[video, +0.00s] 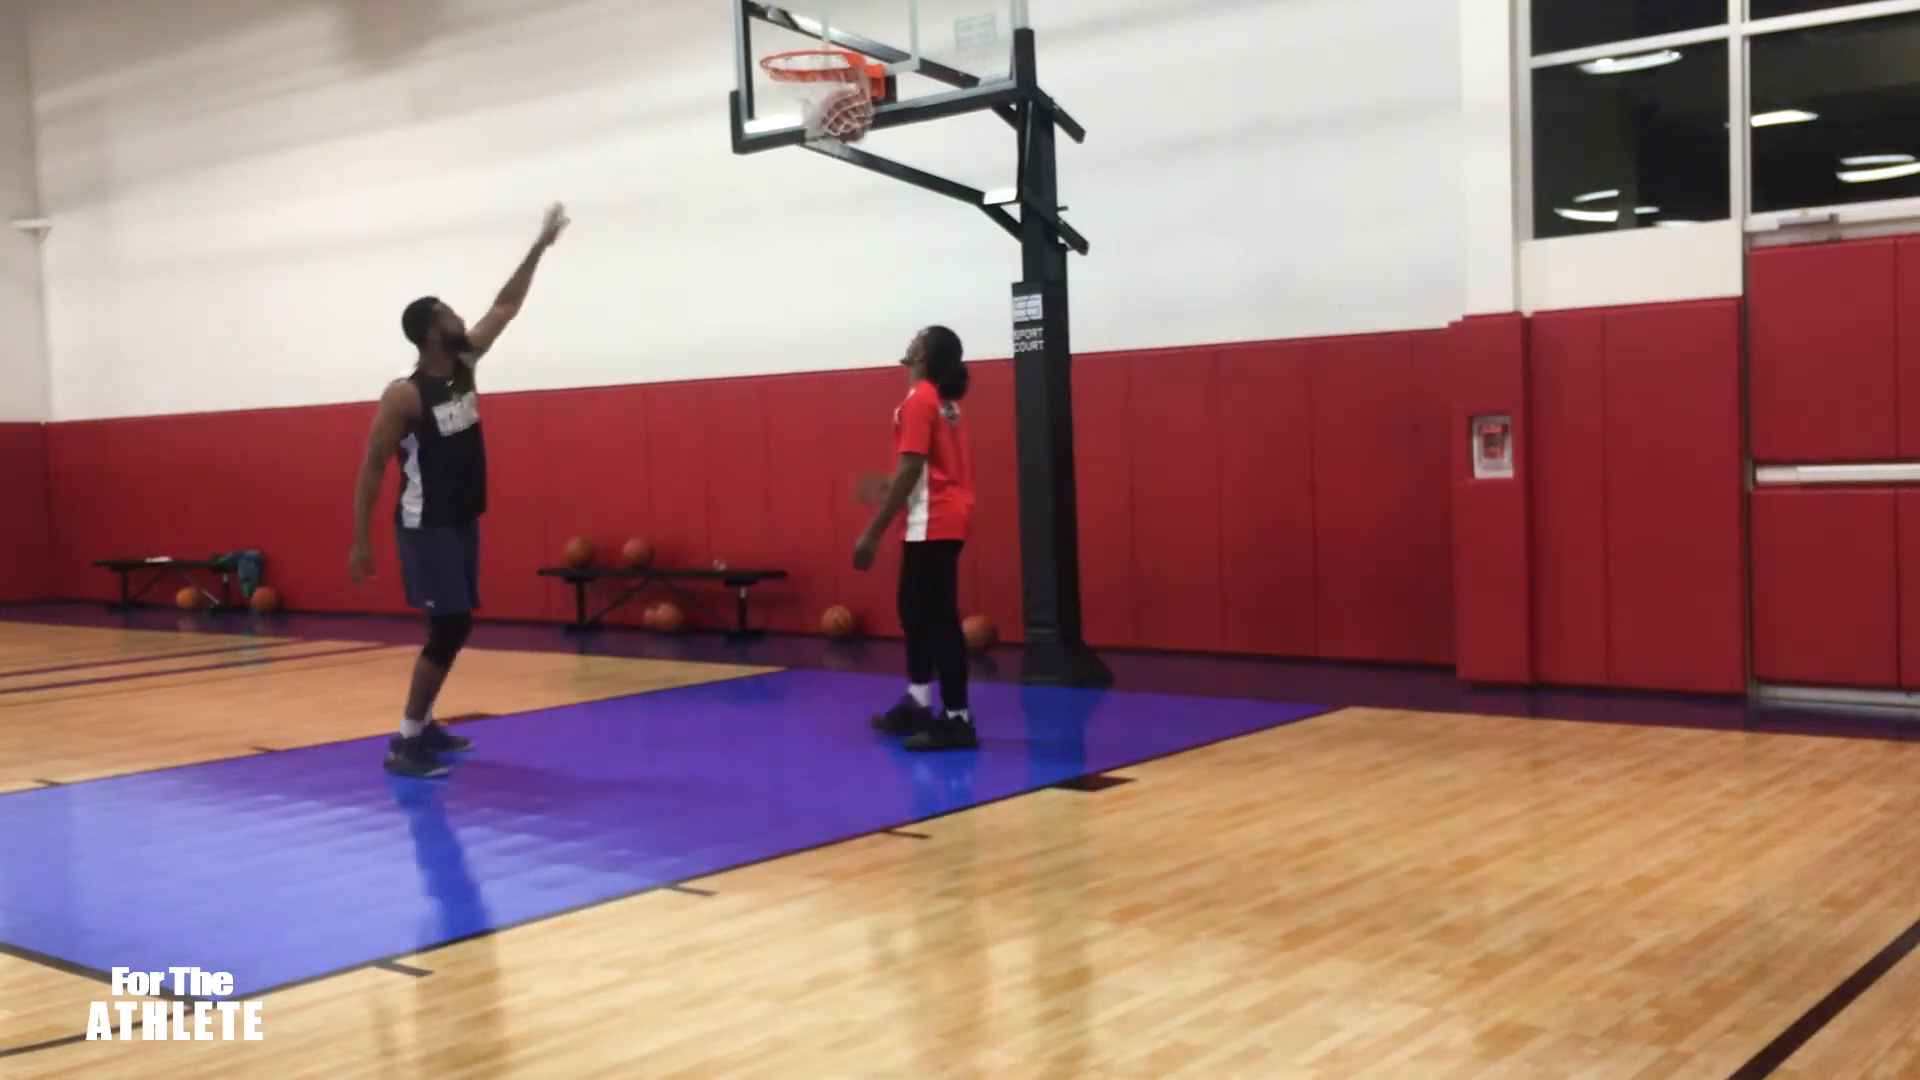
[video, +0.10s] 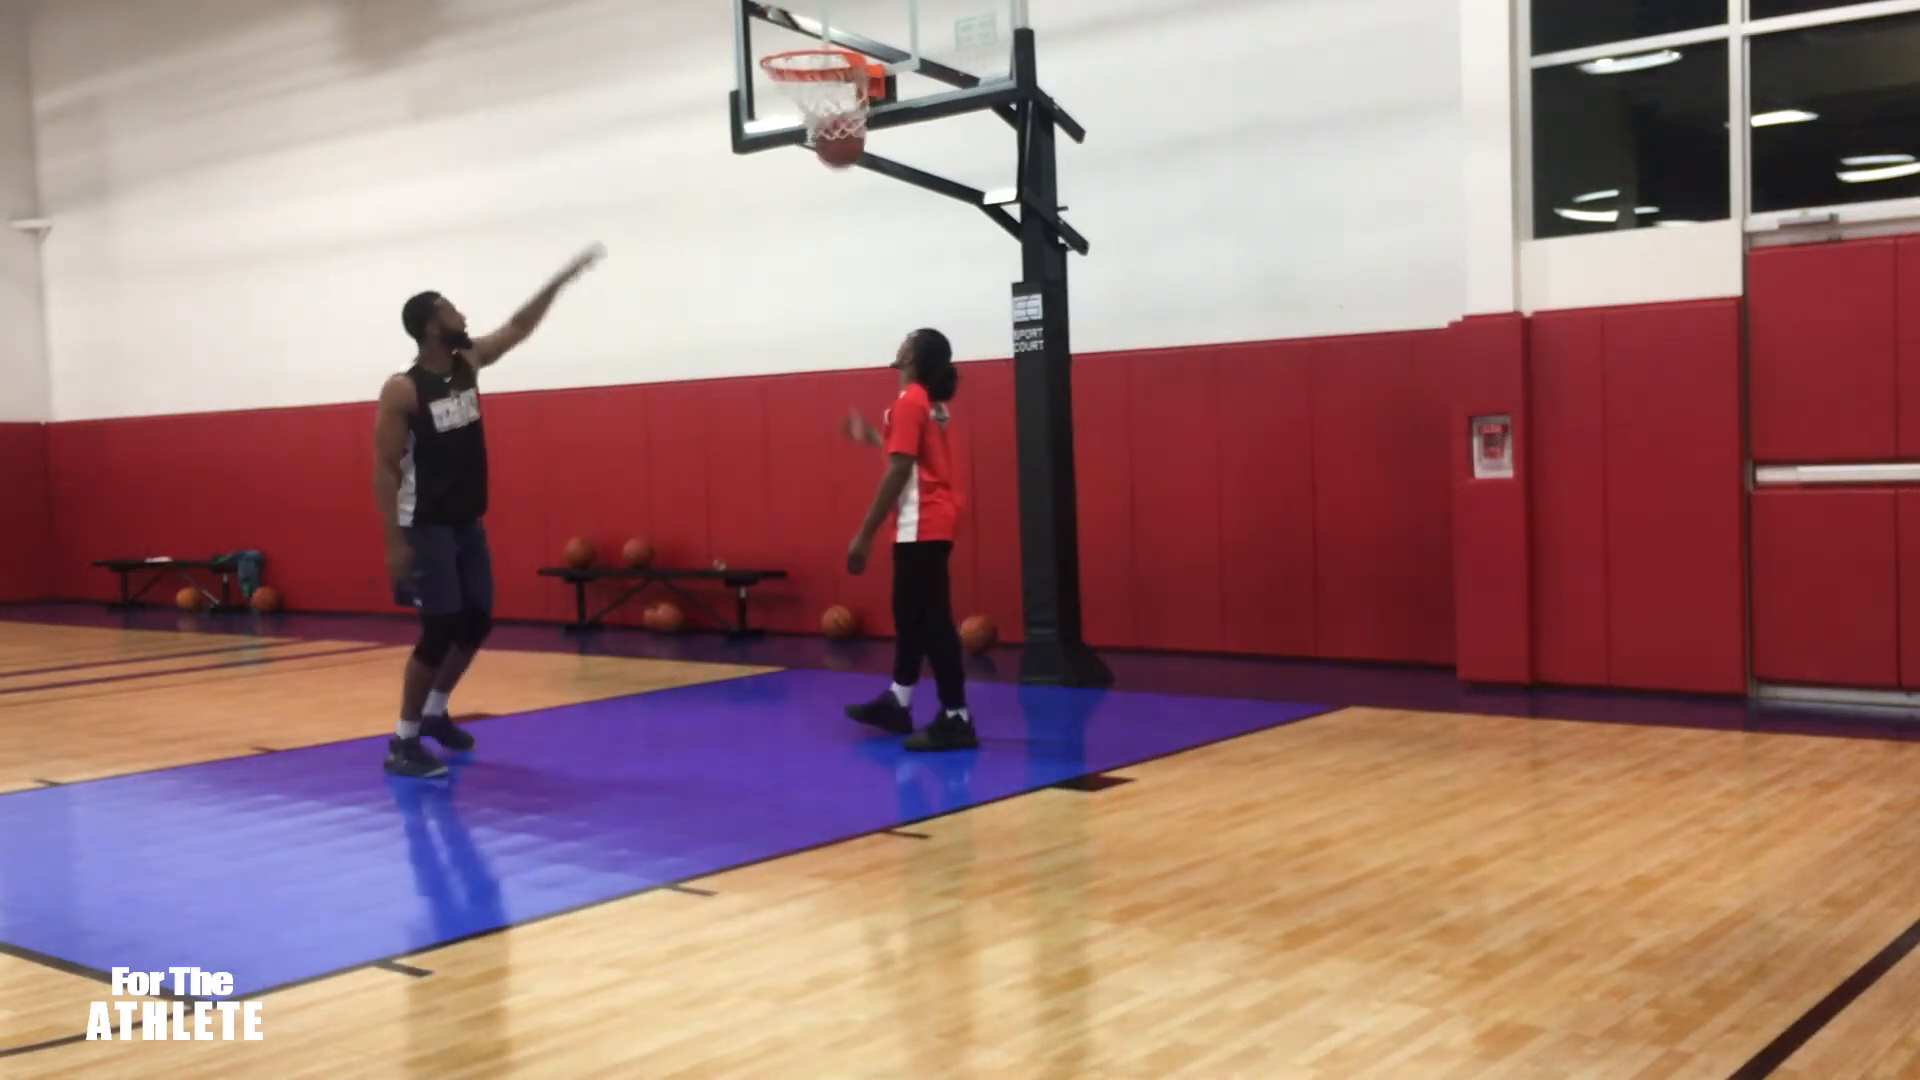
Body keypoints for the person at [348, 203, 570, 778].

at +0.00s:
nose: (460, 318)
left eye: (454, 313)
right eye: (450, 314)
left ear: (442, 329)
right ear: (432, 332)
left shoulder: (464, 363)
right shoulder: (404, 397)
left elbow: (505, 307)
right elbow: (371, 470)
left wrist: (540, 247)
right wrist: (360, 545)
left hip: (462, 522)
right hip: (426, 527)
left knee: (458, 622)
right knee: (449, 624)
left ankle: (421, 724)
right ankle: (406, 740)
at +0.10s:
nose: (461, 313)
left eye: (456, 306)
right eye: (450, 310)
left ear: (441, 324)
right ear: (430, 327)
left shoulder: (468, 363)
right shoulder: (403, 390)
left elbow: (518, 328)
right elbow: (385, 471)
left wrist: (561, 280)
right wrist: (394, 542)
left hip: (468, 526)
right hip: (428, 531)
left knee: (476, 621)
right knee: (440, 627)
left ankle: (433, 713)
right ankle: (403, 743)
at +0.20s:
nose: (467, 310)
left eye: (461, 303)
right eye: (457, 304)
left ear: (444, 320)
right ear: (436, 320)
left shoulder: (471, 362)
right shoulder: (404, 384)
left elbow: (521, 367)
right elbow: (399, 465)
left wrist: (590, 343)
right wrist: (432, 528)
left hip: (475, 521)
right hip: (426, 526)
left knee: (500, 617)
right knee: (432, 625)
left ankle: (448, 706)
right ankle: (403, 740)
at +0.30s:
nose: (480, 310)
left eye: (475, 302)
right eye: (471, 304)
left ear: (456, 317)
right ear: (449, 317)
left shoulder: (479, 365)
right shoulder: (415, 381)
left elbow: (512, 411)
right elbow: (414, 462)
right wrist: (469, 513)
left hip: (484, 513)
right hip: (430, 519)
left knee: (520, 612)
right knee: (427, 623)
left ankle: (479, 721)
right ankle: (403, 741)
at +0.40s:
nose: (505, 318)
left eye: (500, 309)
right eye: (496, 310)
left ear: (479, 323)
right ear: (474, 322)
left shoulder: (500, 377)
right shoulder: (433, 382)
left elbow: (501, 443)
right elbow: (429, 459)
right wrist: (493, 500)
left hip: (493, 521)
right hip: (441, 525)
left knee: (530, 612)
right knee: (429, 625)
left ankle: (524, 738)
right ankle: (404, 742)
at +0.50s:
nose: (541, 329)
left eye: (537, 321)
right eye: (532, 321)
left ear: (515, 331)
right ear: (509, 330)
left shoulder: (527, 391)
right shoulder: (460, 383)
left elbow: (506, 458)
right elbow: (445, 458)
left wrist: (519, 513)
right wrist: (509, 498)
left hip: (509, 527)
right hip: (456, 530)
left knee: (536, 625)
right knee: (436, 631)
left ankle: (550, 749)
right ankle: (407, 739)